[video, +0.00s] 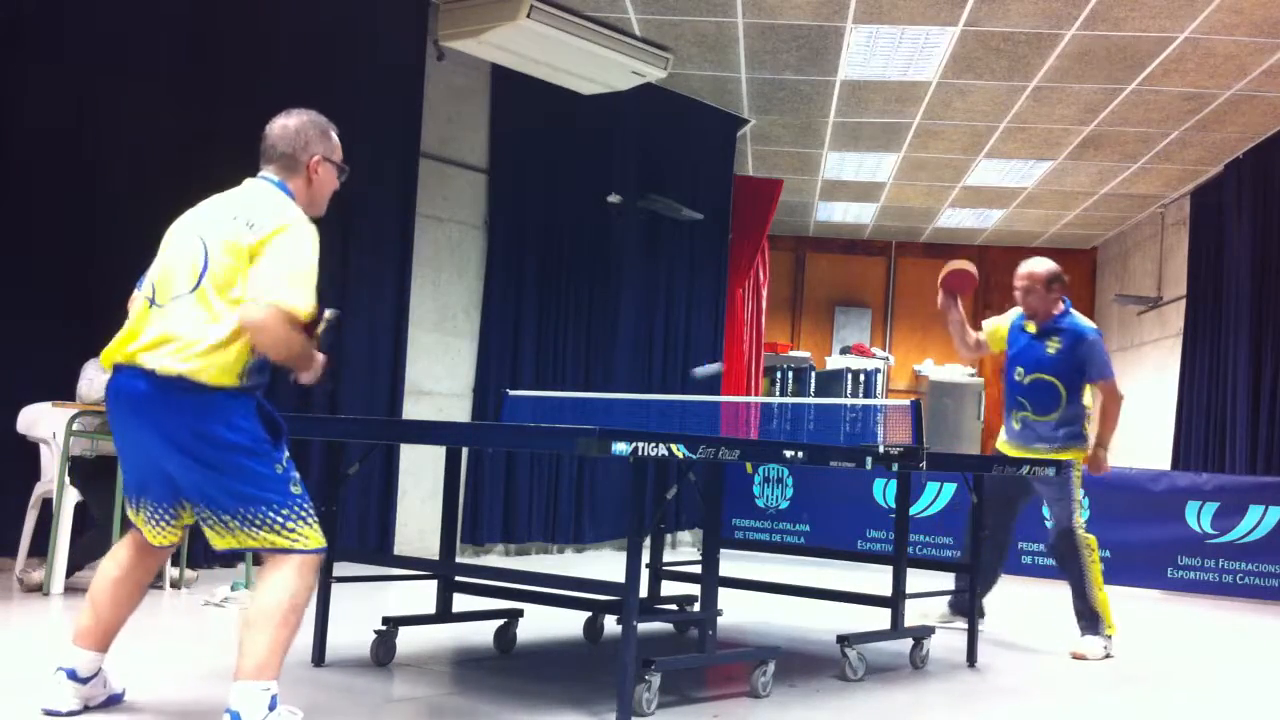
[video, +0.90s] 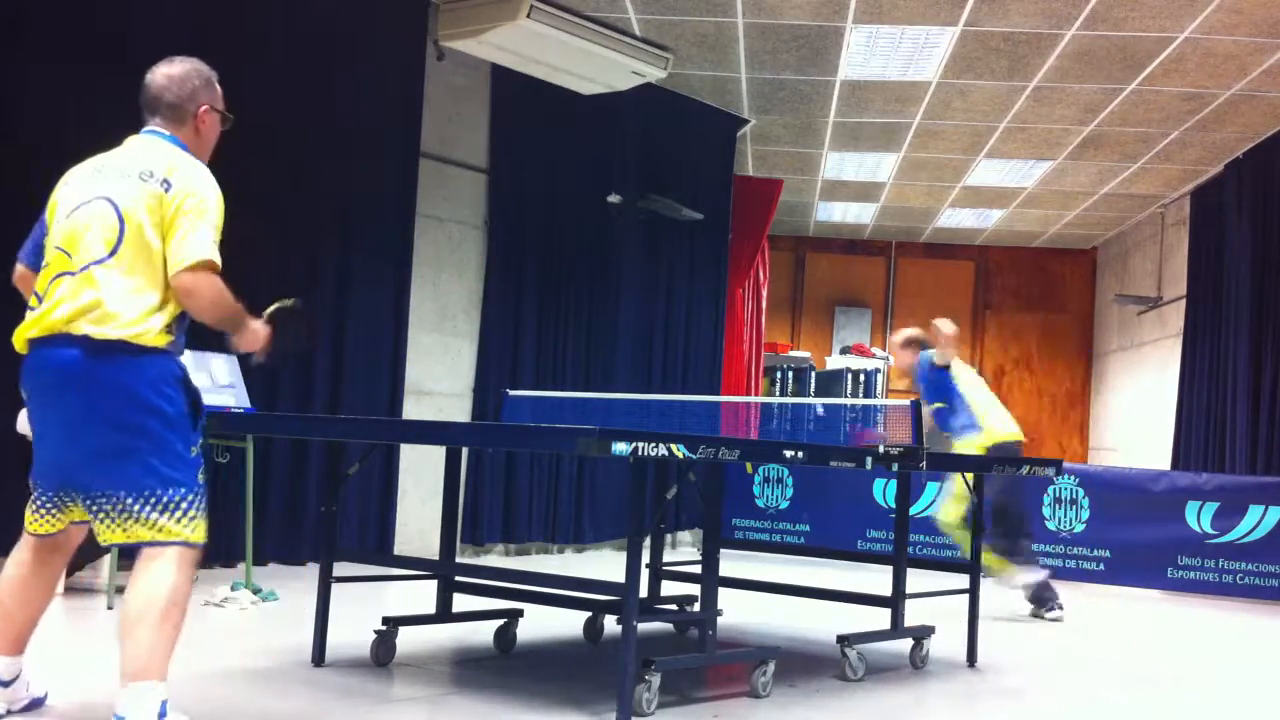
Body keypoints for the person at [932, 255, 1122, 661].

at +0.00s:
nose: (1018, 297)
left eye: (1025, 290)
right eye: (1016, 290)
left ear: (1054, 292)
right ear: (1019, 292)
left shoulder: (1082, 335)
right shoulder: (1013, 321)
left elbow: (1111, 395)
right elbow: (971, 347)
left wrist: (1100, 447)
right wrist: (952, 313)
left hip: (1061, 454)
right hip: (1011, 449)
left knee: (1068, 536)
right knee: (987, 525)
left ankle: (1097, 633)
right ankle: (964, 606)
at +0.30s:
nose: (1020, 302)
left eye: (1028, 295)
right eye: (1016, 295)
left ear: (1051, 296)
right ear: (1011, 298)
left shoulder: (1077, 332)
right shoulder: (1012, 334)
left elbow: (1116, 383)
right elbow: (980, 375)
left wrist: (1134, 436)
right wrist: (958, 363)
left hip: (1066, 451)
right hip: (1020, 451)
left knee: (1070, 530)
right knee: (986, 520)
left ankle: (1095, 631)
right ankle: (998, 613)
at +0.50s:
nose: (999, 316)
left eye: (1006, 308)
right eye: (994, 310)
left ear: (1030, 305)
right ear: (992, 312)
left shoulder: (1053, 337)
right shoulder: (1014, 344)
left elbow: (1090, 387)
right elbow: (1022, 393)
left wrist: (1100, 446)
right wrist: (983, 414)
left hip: (1063, 456)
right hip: (1030, 456)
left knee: (1069, 535)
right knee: (993, 512)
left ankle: (1125, 618)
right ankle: (1004, 603)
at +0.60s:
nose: (991, 337)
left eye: (997, 329)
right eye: (989, 330)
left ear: (1022, 327)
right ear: (1003, 331)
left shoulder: (1040, 361)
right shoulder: (1014, 363)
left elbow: (1031, 428)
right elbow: (1014, 425)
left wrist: (992, 464)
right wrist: (983, 460)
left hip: (1064, 464)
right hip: (1032, 464)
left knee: (1072, 541)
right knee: (991, 516)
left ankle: (1128, 624)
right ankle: (1009, 601)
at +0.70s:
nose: (965, 346)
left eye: (970, 338)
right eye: (964, 339)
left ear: (993, 336)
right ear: (991, 339)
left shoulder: (1007, 358)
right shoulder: (1003, 363)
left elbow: (982, 394)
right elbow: (1009, 430)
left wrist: (920, 395)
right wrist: (992, 468)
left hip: (1045, 462)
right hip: (1019, 464)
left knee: (1065, 539)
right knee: (997, 526)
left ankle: (1122, 620)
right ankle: (1033, 600)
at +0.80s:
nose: (932, 351)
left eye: (936, 344)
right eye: (931, 344)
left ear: (952, 343)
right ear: (961, 341)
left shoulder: (979, 358)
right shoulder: (966, 377)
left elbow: (946, 352)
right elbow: (975, 436)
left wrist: (909, 334)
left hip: (1016, 452)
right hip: (999, 458)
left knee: (1023, 528)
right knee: (1007, 536)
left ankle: (1089, 586)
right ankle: (1046, 603)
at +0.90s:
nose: (893, 359)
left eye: (896, 352)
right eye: (892, 352)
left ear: (910, 350)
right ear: (911, 351)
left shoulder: (928, 364)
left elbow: (944, 352)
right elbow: (927, 424)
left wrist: (946, 336)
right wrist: (902, 445)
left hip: (981, 445)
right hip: (1006, 444)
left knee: (949, 517)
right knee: (998, 525)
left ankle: (1017, 575)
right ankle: (1042, 593)